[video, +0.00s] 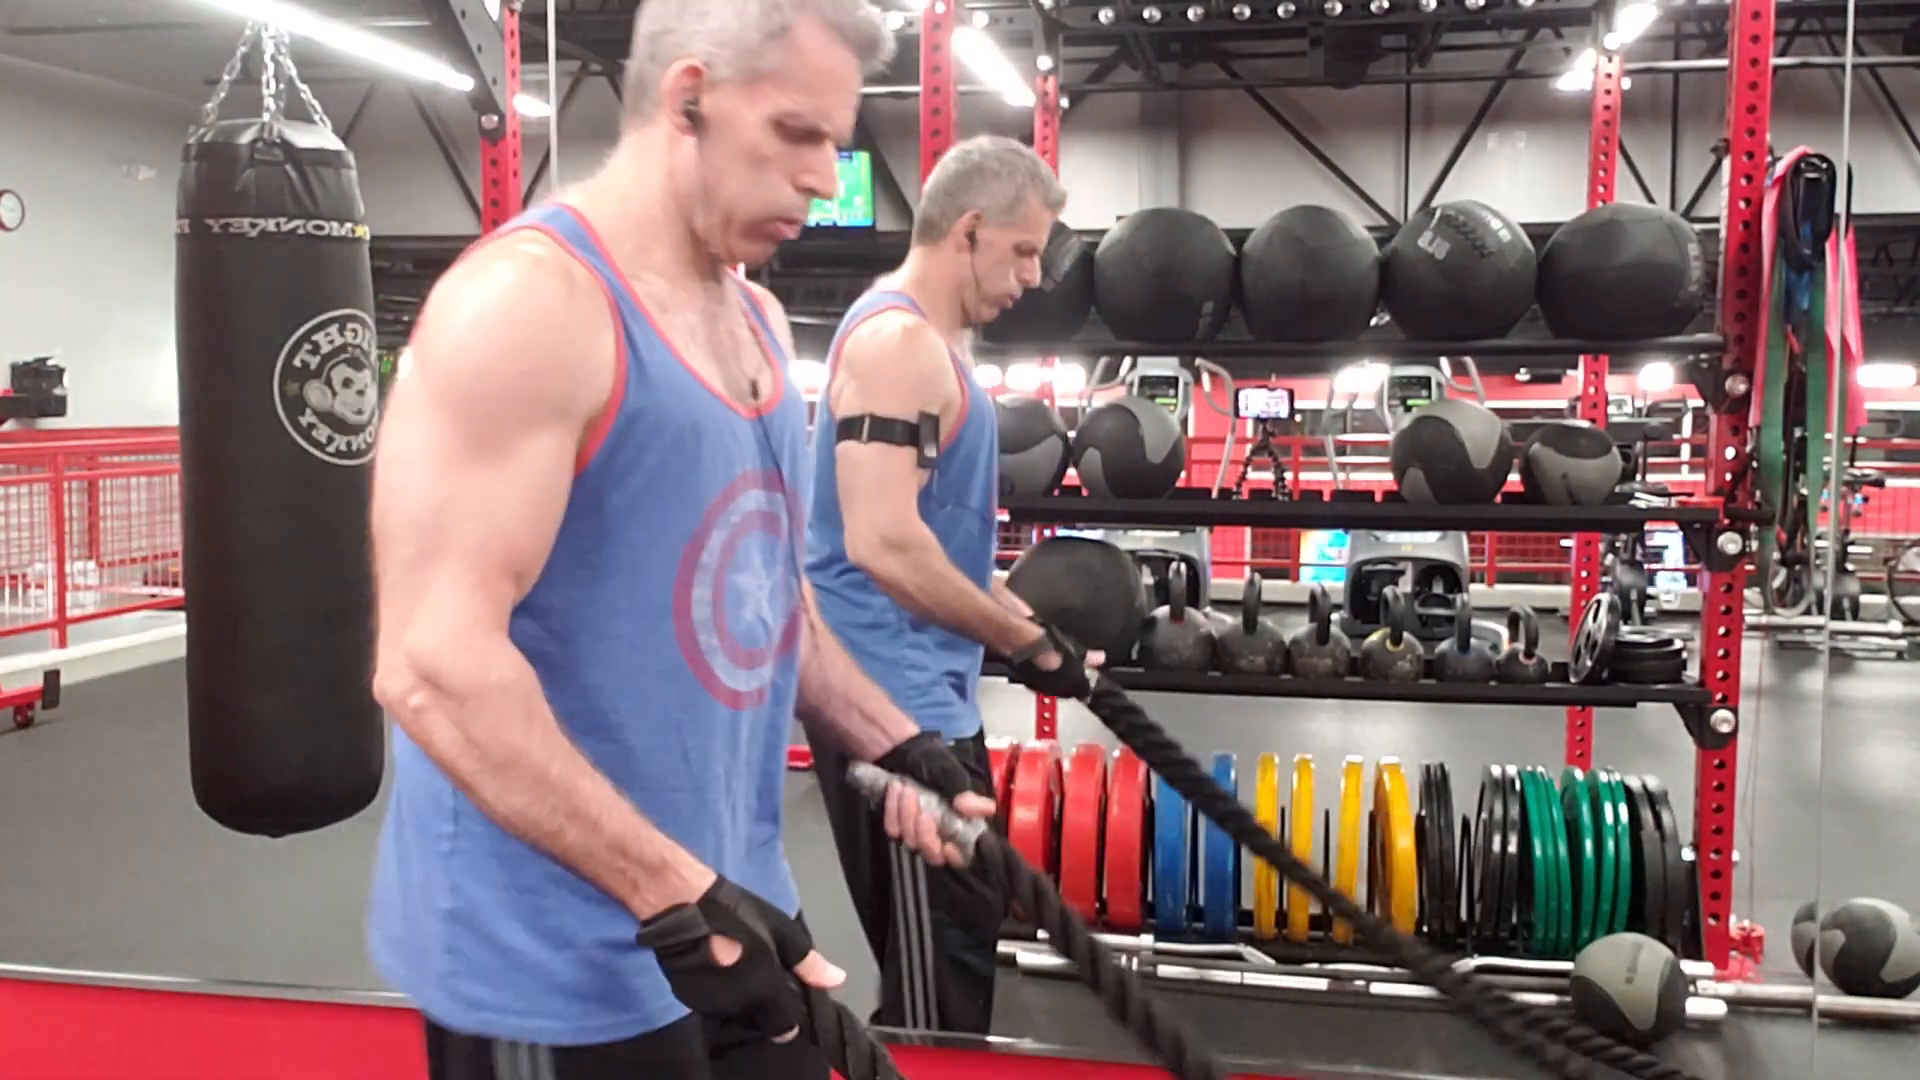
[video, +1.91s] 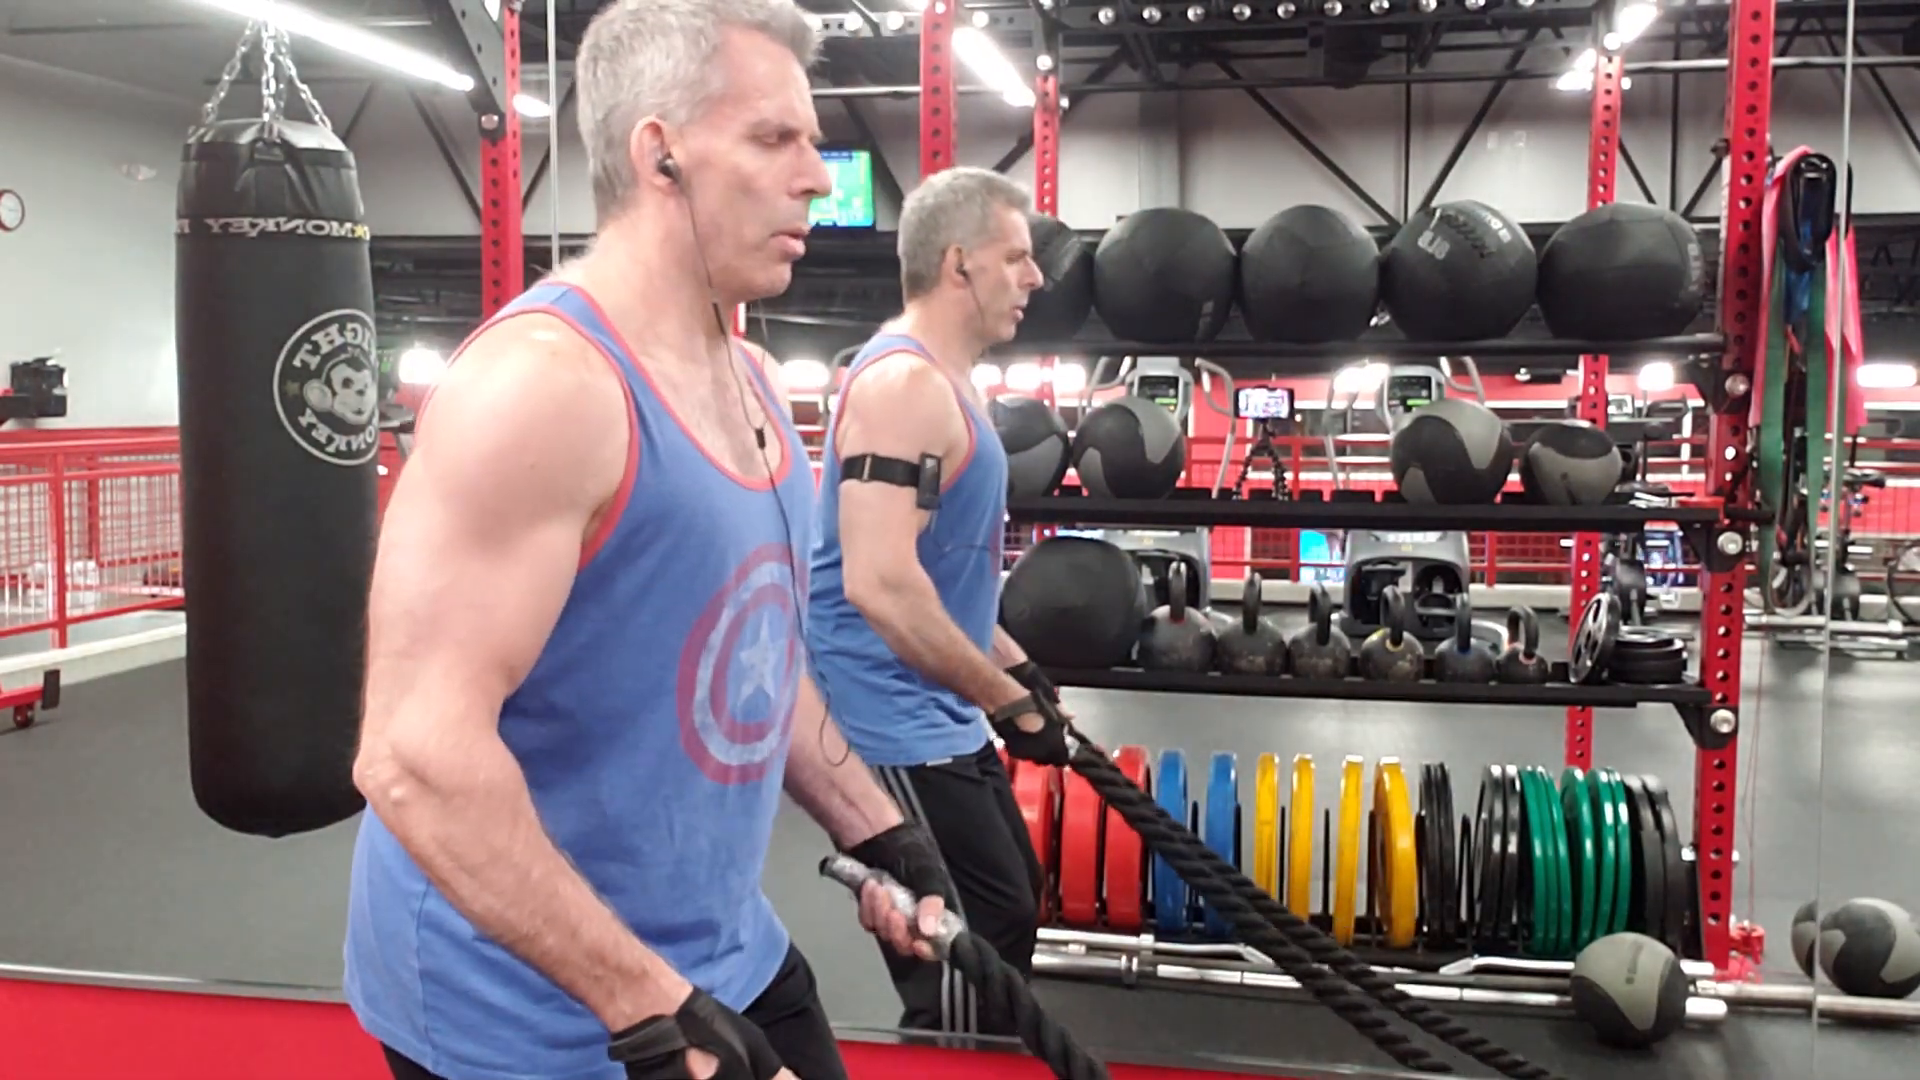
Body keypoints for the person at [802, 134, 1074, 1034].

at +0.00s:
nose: (1033, 277)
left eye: (1039, 257)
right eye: (1024, 252)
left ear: (970, 234)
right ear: (966, 231)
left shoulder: (923, 338)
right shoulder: (899, 339)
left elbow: (923, 535)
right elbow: (883, 539)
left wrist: (1020, 623)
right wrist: (1023, 638)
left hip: (925, 712)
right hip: (898, 720)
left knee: (943, 989)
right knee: (940, 995)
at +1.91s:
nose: (1034, 278)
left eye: (1031, 258)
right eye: (1018, 257)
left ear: (968, 268)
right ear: (961, 264)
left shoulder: (946, 383)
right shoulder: (903, 382)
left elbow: (944, 574)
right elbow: (880, 579)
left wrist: (1016, 670)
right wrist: (1000, 700)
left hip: (946, 723)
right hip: (896, 730)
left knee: (1002, 926)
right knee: (993, 930)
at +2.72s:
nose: (1034, 285)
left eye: (1034, 264)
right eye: (1020, 262)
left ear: (966, 269)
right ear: (963, 267)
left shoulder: (943, 391)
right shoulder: (899, 393)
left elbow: (1000, 543)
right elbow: (871, 594)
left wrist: (1105, 612)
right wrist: (989, 721)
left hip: (924, 743)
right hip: (874, 752)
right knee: (989, 945)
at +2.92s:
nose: (1037, 296)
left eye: (1037, 275)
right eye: (1023, 273)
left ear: (971, 281)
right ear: (965, 277)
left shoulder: (943, 393)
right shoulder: (906, 392)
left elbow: (1000, 540)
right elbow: (884, 585)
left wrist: (1135, 539)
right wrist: (1011, 692)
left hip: (919, 708)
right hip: (871, 714)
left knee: (1012, 911)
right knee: (993, 922)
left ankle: (960, 1058)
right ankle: (952, 1063)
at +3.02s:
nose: (1034, 297)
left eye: (1035, 277)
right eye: (1019, 275)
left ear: (959, 279)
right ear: (957, 276)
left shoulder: (947, 393)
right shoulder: (898, 386)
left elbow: (946, 577)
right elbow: (916, 570)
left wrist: (1031, 659)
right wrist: (1076, 589)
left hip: (926, 715)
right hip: (866, 725)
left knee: (1022, 907)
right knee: (976, 929)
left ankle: (979, 1061)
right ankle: (952, 1068)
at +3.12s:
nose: (1032, 301)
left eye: (1032, 281)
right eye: (1018, 279)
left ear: (961, 283)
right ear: (955, 280)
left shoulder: (941, 394)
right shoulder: (899, 388)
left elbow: (969, 565)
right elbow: (950, 563)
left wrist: (1076, 574)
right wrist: (1084, 544)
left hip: (930, 716)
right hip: (872, 725)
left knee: (1024, 907)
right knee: (996, 929)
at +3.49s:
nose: (1042, 313)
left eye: (1041, 293)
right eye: (1027, 291)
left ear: (969, 295)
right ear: (967, 293)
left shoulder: (944, 395)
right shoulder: (909, 398)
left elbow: (975, 565)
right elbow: (959, 580)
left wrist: (1092, 581)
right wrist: (1107, 560)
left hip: (928, 728)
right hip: (876, 739)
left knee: (1029, 918)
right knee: (1007, 927)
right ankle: (923, 1067)